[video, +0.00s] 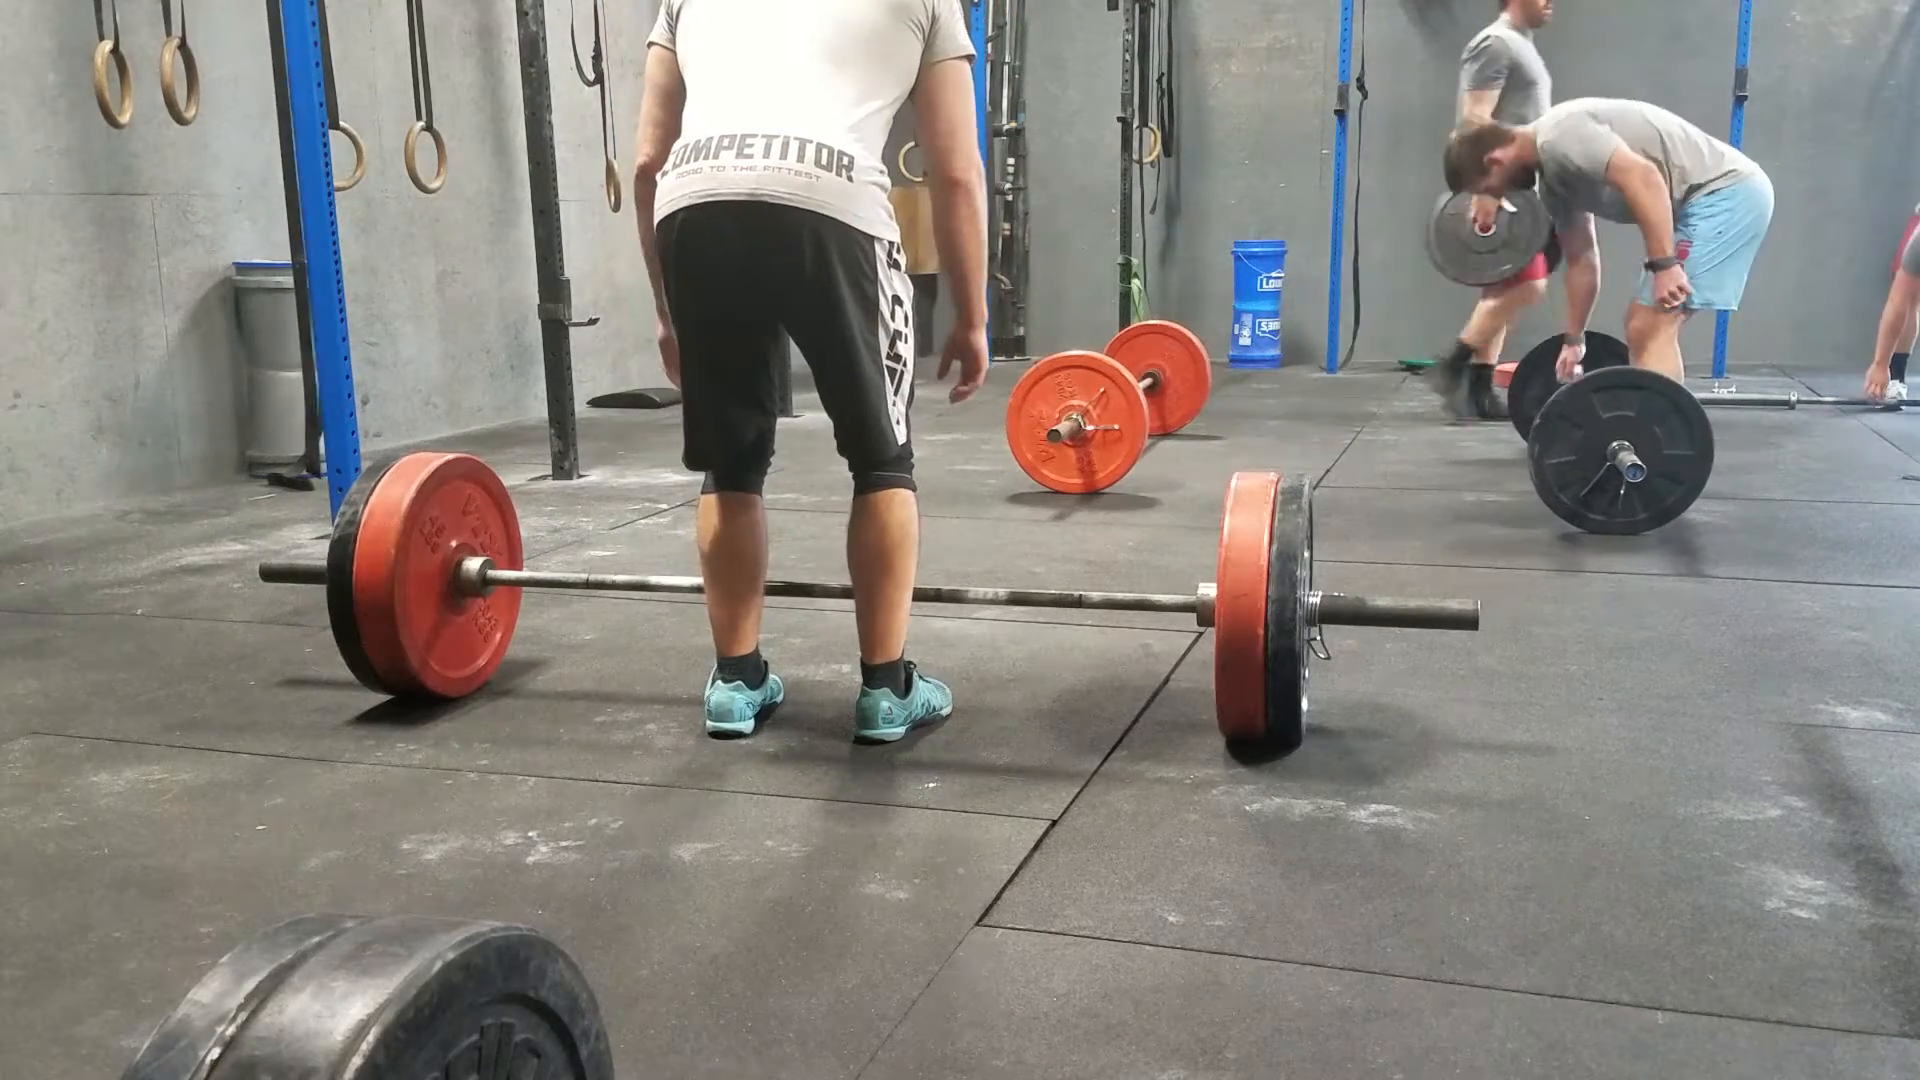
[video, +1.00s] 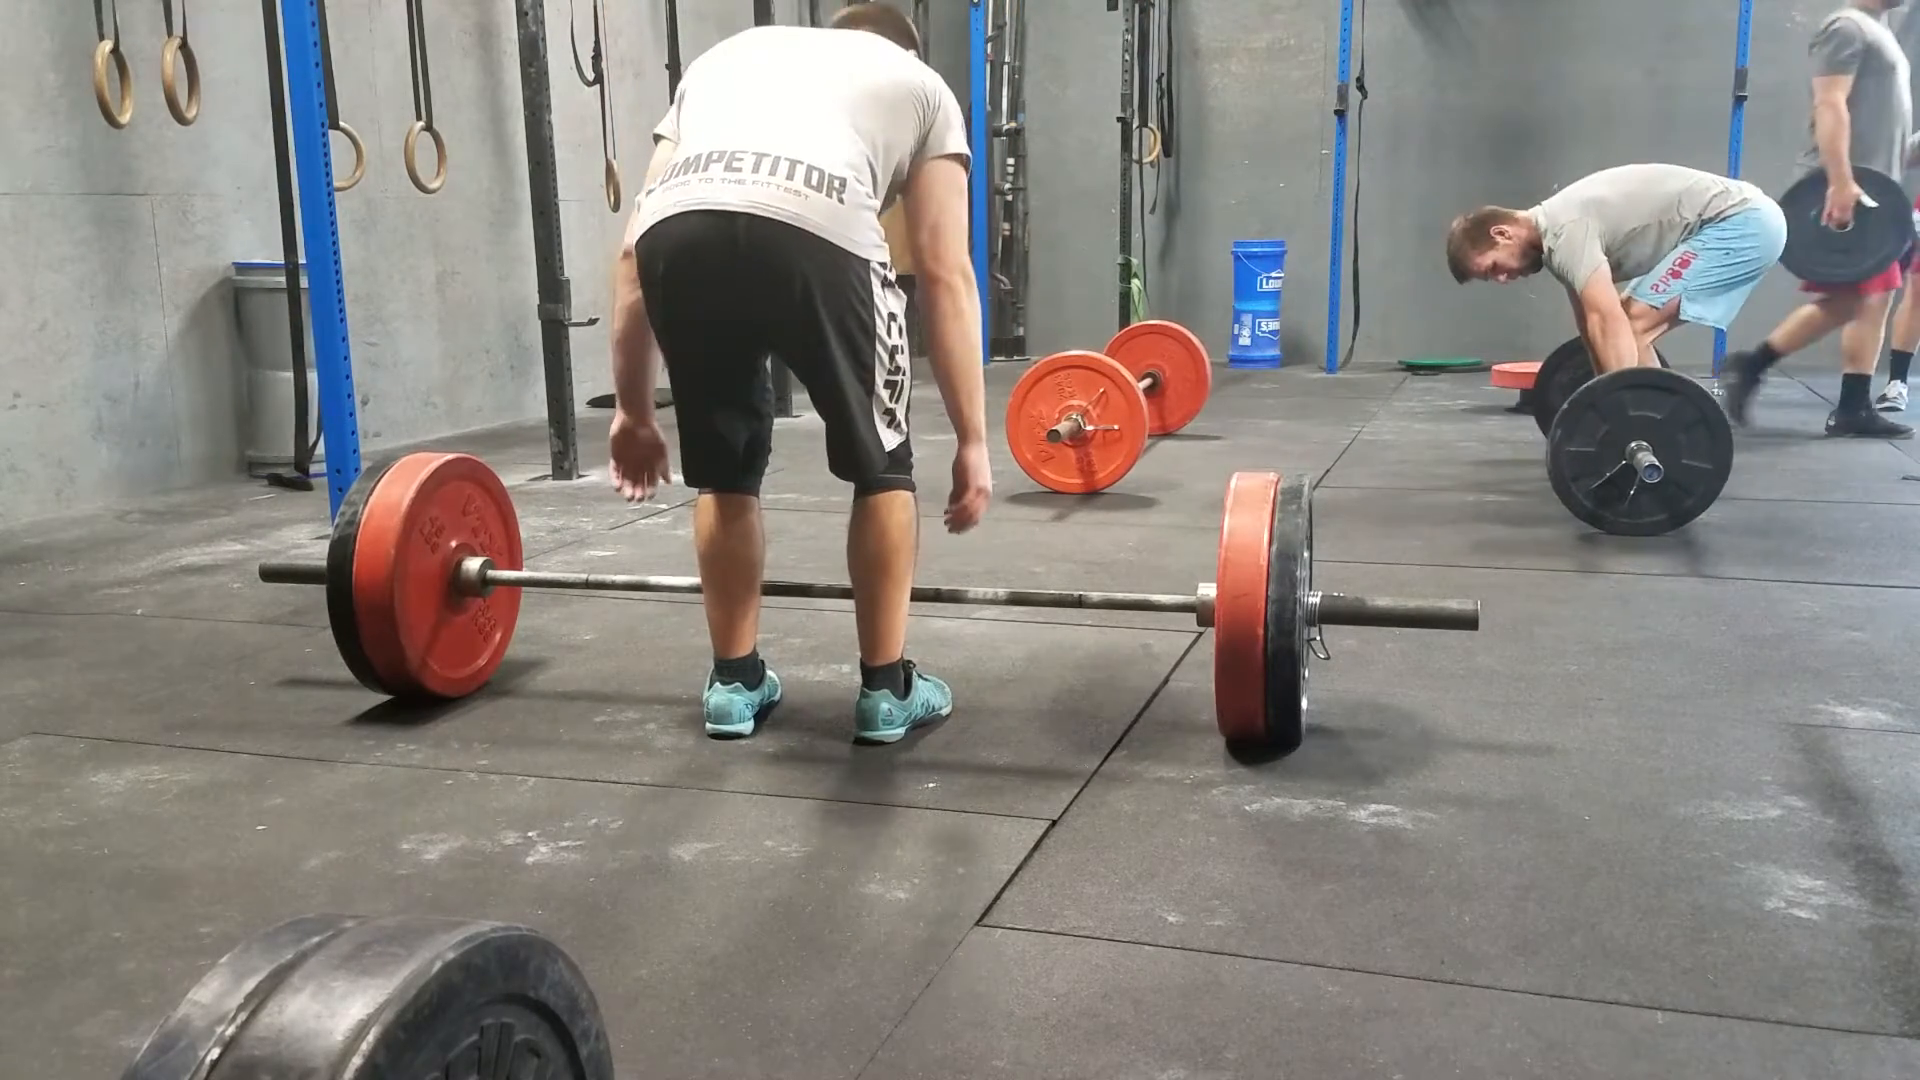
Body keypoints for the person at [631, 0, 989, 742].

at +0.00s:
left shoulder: (690, 6)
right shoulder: (924, 6)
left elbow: (649, 161)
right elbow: (956, 170)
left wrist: (668, 311)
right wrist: (970, 319)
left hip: (697, 209)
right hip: (832, 209)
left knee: (728, 465)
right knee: (881, 464)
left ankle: (734, 679)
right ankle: (884, 686)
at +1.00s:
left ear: (832, 30)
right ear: (908, 56)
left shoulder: (721, 58)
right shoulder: (922, 83)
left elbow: (635, 251)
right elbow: (943, 269)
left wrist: (633, 411)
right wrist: (971, 437)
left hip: (681, 239)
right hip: (817, 240)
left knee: (723, 471)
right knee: (880, 467)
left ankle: (733, 681)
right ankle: (885, 688)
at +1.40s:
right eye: (910, 142)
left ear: (829, 114)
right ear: (907, 135)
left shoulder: (744, 134)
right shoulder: (928, 174)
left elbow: (649, 365)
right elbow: (947, 369)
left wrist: (654, 507)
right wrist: (992, 523)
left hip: (672, 258)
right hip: (812, 270)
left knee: (723, 477)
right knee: (880, 477)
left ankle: (730, 681)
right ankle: (883, 687)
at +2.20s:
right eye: (918, 73)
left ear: (822, 56)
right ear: (908, 66)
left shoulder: (748, 90)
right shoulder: (931, 117)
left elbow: (671, 296)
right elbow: (959, 295)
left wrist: (657, 442)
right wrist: (994, 453)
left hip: (678, 219)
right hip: (808, 224)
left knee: (735, 467)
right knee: (883, 467)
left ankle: (733, 680)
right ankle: (886, 688)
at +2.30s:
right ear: (906, 13)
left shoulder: (729, 26)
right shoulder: (926, 42)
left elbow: (668, 214)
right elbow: (958, 223)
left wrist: (647, 367)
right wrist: (990, 382)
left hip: (686, 197)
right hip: (808, 198)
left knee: (728, 463)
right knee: (878, 456)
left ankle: (732, 680)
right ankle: (886, 686)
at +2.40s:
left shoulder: (689, 8)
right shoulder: (923, 6)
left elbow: (650, 148)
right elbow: (949, 137)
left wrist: (639, 293)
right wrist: (986, 300)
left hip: (699, 183)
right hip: (819, 184)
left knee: (728, 455)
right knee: (875, 454)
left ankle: (732, 680)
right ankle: (886, 684)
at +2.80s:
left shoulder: (697, 9)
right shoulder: (916, 8)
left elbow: (653, 194)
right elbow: (942, 192)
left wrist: (632, 348)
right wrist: (981, 359)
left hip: (682, 201)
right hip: (808, 203)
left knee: (716, 465)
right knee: (874, 459)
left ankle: (730, 684)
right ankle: (884, 688)